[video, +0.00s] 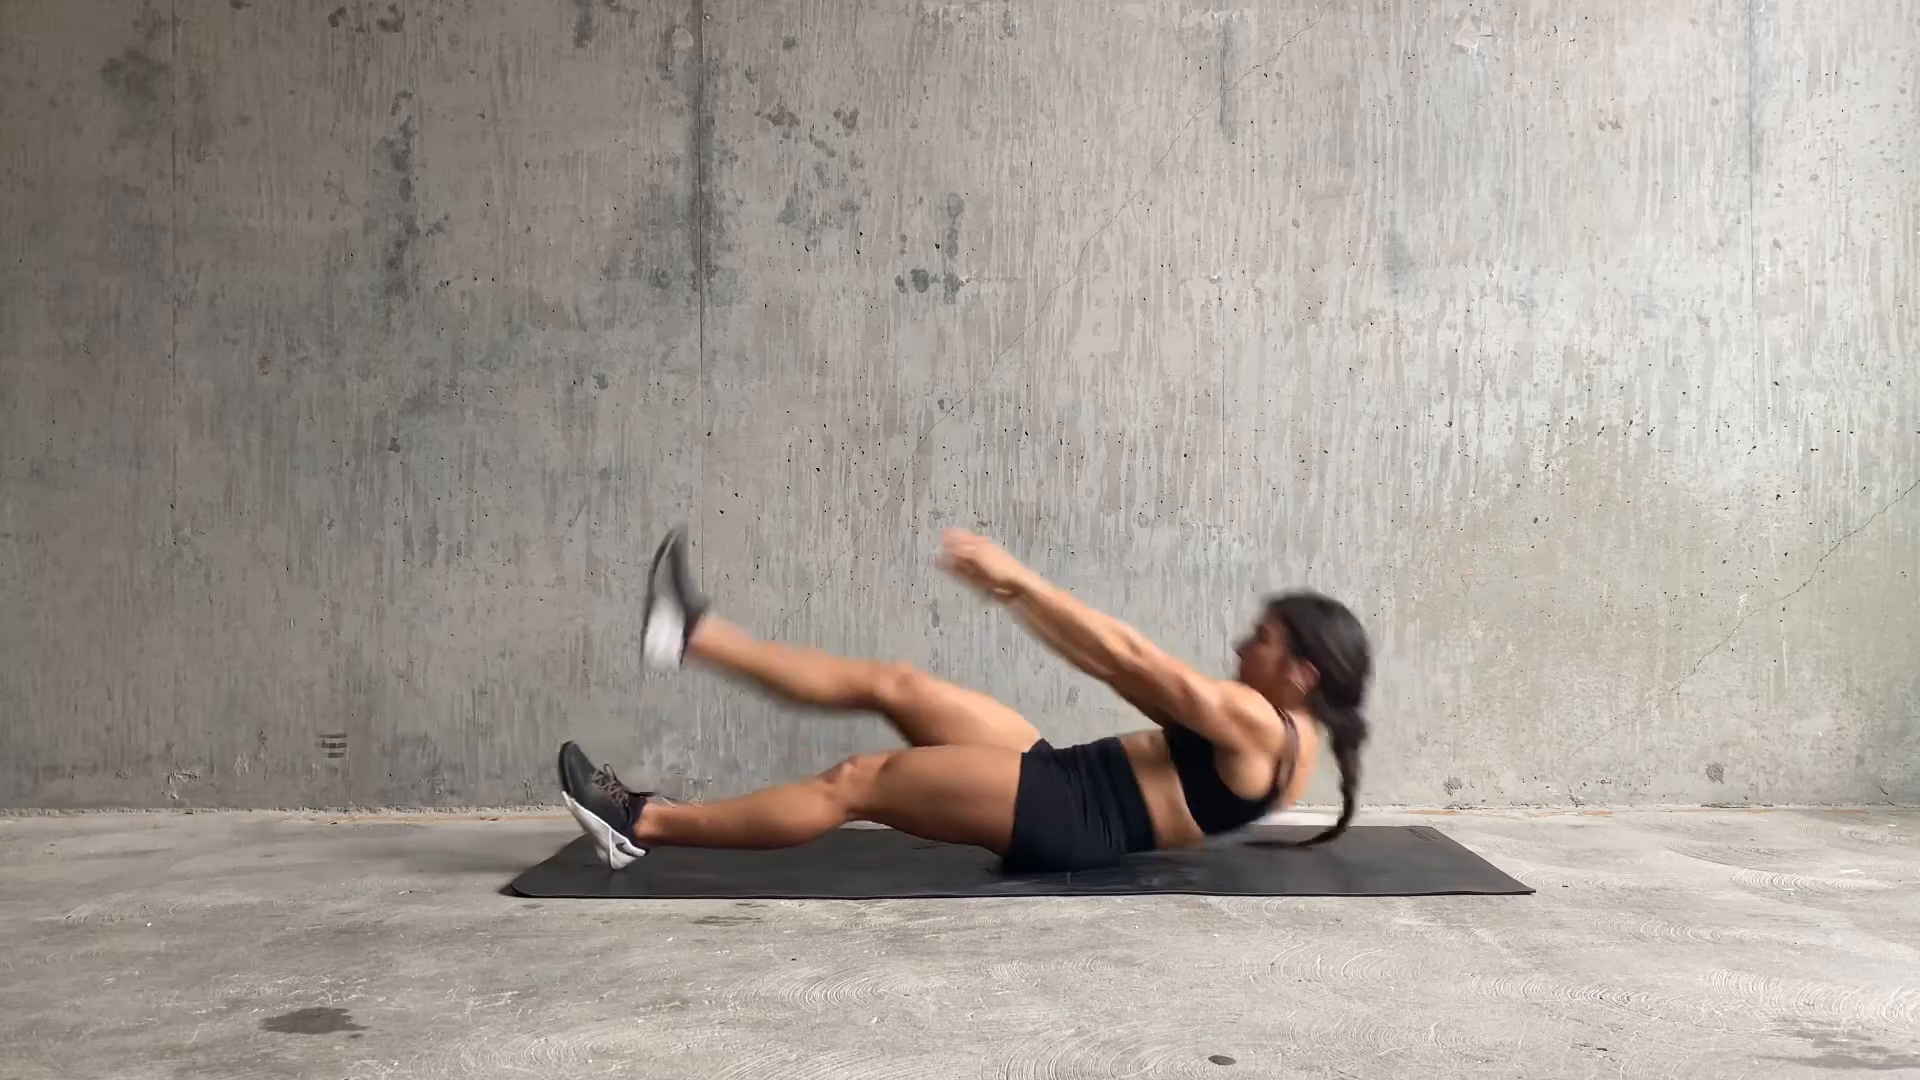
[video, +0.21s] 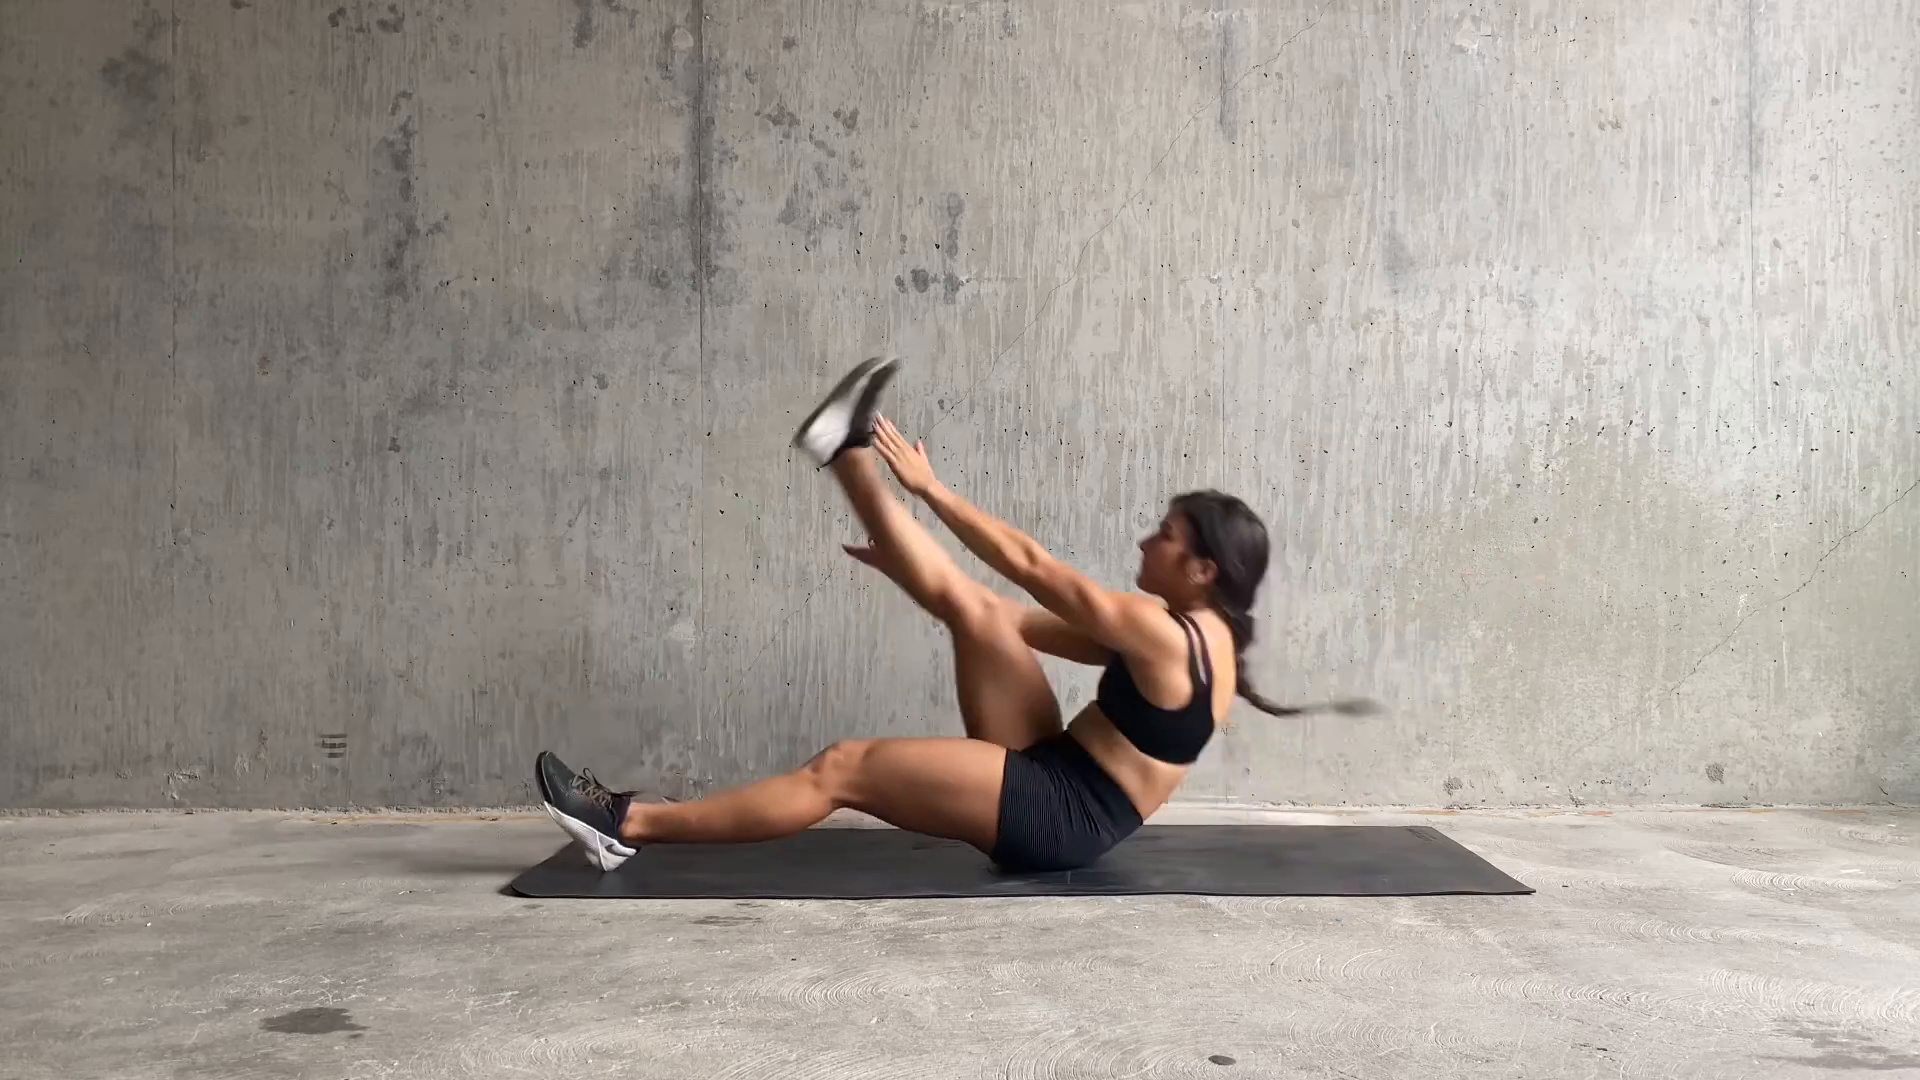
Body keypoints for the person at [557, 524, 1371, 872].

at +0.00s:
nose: (1243, 649)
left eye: (1260, 642)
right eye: (1253, 637)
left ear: (1301, 670)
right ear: (1303, 671)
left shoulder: (1261, 730)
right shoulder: (1272, 733)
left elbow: (1131, 667)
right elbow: (1128, 663)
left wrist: (1011, 581)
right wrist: (1019, 585)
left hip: (1069, 809)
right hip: (1062, 771)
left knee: (856, 786)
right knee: (896, 685)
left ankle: (644, 821)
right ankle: (697, 635)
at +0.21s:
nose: (1146, 542)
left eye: (1163, 536)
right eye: (1157, 530)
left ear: (1202, 567)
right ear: (1207, 570)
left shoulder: (1162, 636)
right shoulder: (1195, 630)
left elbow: (1036, 573)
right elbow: (1049, 629)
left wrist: (939, 488)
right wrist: (916, 573)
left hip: (1057, 812)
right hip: (1060, 772)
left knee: (841, 771)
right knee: (982, 618)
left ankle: (633, 822)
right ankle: (845, 447)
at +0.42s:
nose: (1163, 548)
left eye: (1180, 541)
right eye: (1174, 535)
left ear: (1216, 571)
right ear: (1218, 577)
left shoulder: (1181, 643)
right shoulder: (1194, 641)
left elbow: (1057, 580)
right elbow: (1043, 625)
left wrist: (945, 496)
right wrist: (946, 575)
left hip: (1060, 812)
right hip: (1062, 780)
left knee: (843, 779)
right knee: (957, 617)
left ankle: (630, 822)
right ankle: (807, 487)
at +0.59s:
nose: (1228, 618)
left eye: (1247, 614)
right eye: (1238, 607)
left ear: (1288, 645)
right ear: (1276, 636)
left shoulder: (1252, 702)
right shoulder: (1228, 689)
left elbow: (1141, 606)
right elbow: (1107, 621)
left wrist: (1060, 492)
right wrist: (1025, 530)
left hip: (1066, 810)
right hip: (1058, 770)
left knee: (850, 784)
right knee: (890, 672)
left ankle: (633, 825)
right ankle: (701, 610)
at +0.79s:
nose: (1322, 687)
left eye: (1339, 688)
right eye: (1329, 684)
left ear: (1354, 731)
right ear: (1335, 721)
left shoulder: (1313, 797)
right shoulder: (1285, 760)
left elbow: (1333, 651)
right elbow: (1292, 633)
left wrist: (1370, 533)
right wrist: (1342, 527)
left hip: (1080, 812)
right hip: (1075, 779)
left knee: (867, 786)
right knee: (866, 751)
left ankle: (646, 828)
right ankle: (663, 767)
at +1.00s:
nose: (1336, 698)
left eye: (1356, 702)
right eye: (1350, 691)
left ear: (1373, 750)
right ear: (1344, 728)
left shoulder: (1322, 814)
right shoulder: (1308, 784)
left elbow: (1435, 714)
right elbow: (1428, 712)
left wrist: (1531, 646)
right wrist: (1517, 649)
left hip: (1087, 806)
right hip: (1086, 782)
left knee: (870, 789)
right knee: (871, 776)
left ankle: (652, 842)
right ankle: (666, 809)